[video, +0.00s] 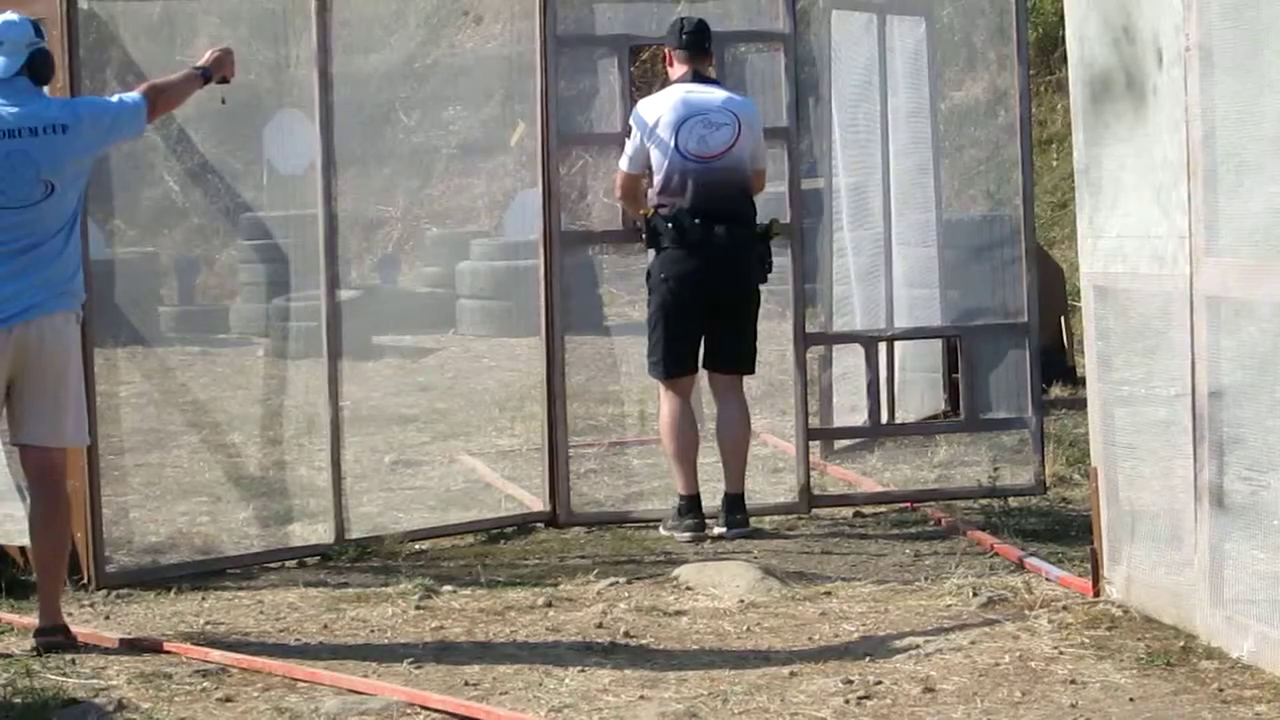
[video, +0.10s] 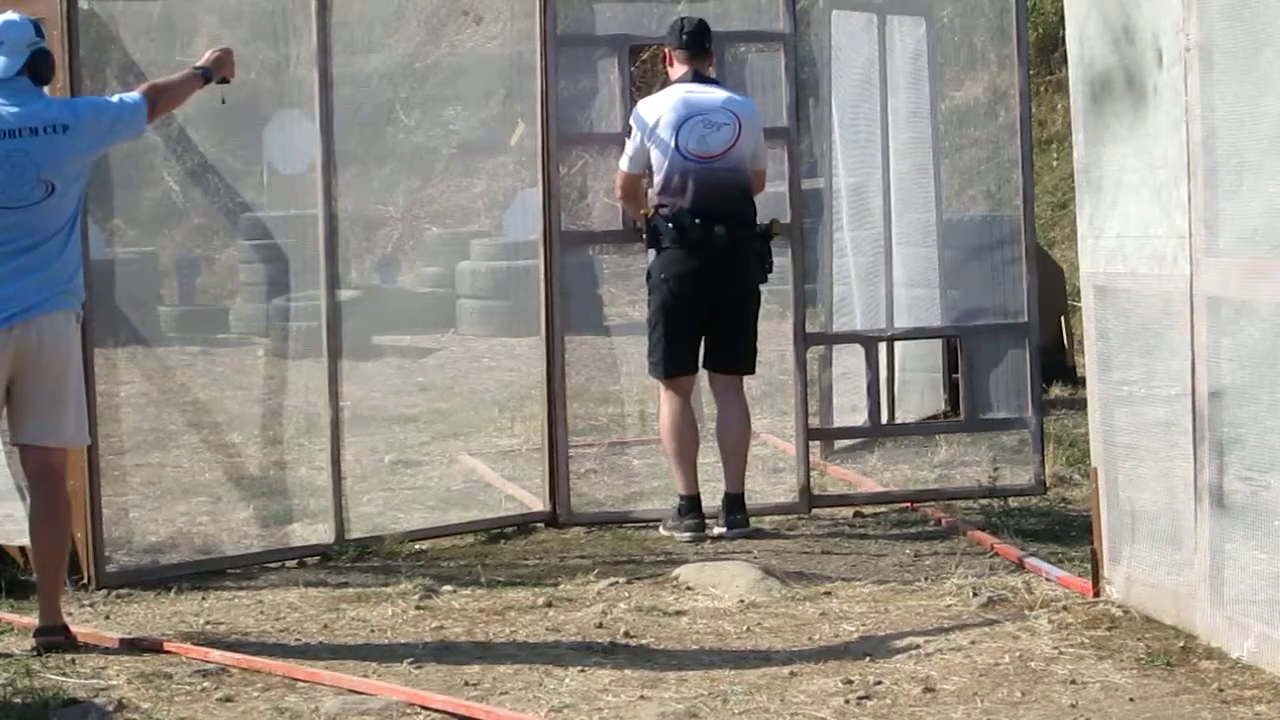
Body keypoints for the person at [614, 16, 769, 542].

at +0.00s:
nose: (668, 66)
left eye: (666, 58)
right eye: (684, 58)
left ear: (669, 59)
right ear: (712, 59)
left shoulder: (651, 109)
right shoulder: (744, 107)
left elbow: (626, 190)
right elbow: (757, 181)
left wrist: (647, 207)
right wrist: (715, 201)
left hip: (678, 255)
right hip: (738, 255)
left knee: (676, 387)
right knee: (730, 383)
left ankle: (689, 510)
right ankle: (735, 506)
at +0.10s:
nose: (668, 66)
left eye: (666, 59)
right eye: (683, 58)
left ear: (669, 59)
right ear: (713, 58)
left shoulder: (651, 109)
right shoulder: (744, 107)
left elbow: (626, 190)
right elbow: (757, 182)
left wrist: (651, 210)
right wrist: (717, 206)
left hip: (677, 256)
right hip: (738, 255)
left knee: (675, 387)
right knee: (730, 383)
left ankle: (689, 510)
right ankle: (735, 507)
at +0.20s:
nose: (668, 66)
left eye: (666, 58)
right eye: (684, 58)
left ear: (669, 59)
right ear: (712, 58)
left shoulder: (651, 109)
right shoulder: (744, 107)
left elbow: (626, 190)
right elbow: (757, 182)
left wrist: (651, 209)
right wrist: (717, 207)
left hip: (677, 256)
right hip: (738, 255)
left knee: (675, 387)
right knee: (730, 383)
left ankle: (689, 510)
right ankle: (735, 507)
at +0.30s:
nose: (668, 65)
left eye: (666, 58)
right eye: (684, 58)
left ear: (669, 58)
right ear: (713, 58)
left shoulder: (651, 109)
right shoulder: (744, 107)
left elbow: (626, 190)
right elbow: (757, 182)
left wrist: (651, 209)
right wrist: (718, 207)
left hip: (677, 256)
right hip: (737, 256)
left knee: (676, 386)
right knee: (730, 383)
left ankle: (689, 509)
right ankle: (735, 506)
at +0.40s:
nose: (668, 65)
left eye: (666, 58)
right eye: (681, 58)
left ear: (670, 58)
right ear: (713, 58)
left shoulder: (652, 108)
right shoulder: (745, 107)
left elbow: (626, 190)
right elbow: (757, 182)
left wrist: (649, 210)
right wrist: (719, 209)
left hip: (677, 255)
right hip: (738, 255)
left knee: (676, 386)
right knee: (730, 383)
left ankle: (689, 509)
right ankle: (735, 506)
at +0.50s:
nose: (668, 65)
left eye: (666, 58)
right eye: (685, 57)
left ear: (669, 58)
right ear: (713, 58)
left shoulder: (652, 109)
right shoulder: (745, 107)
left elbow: (626, 190)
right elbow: (757, 182)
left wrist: (652, 210)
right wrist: (719, 208)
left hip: (677, 255)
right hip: (738, 255)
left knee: (676, 386)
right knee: (730, 383)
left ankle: (689, 509)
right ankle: (735, 506)